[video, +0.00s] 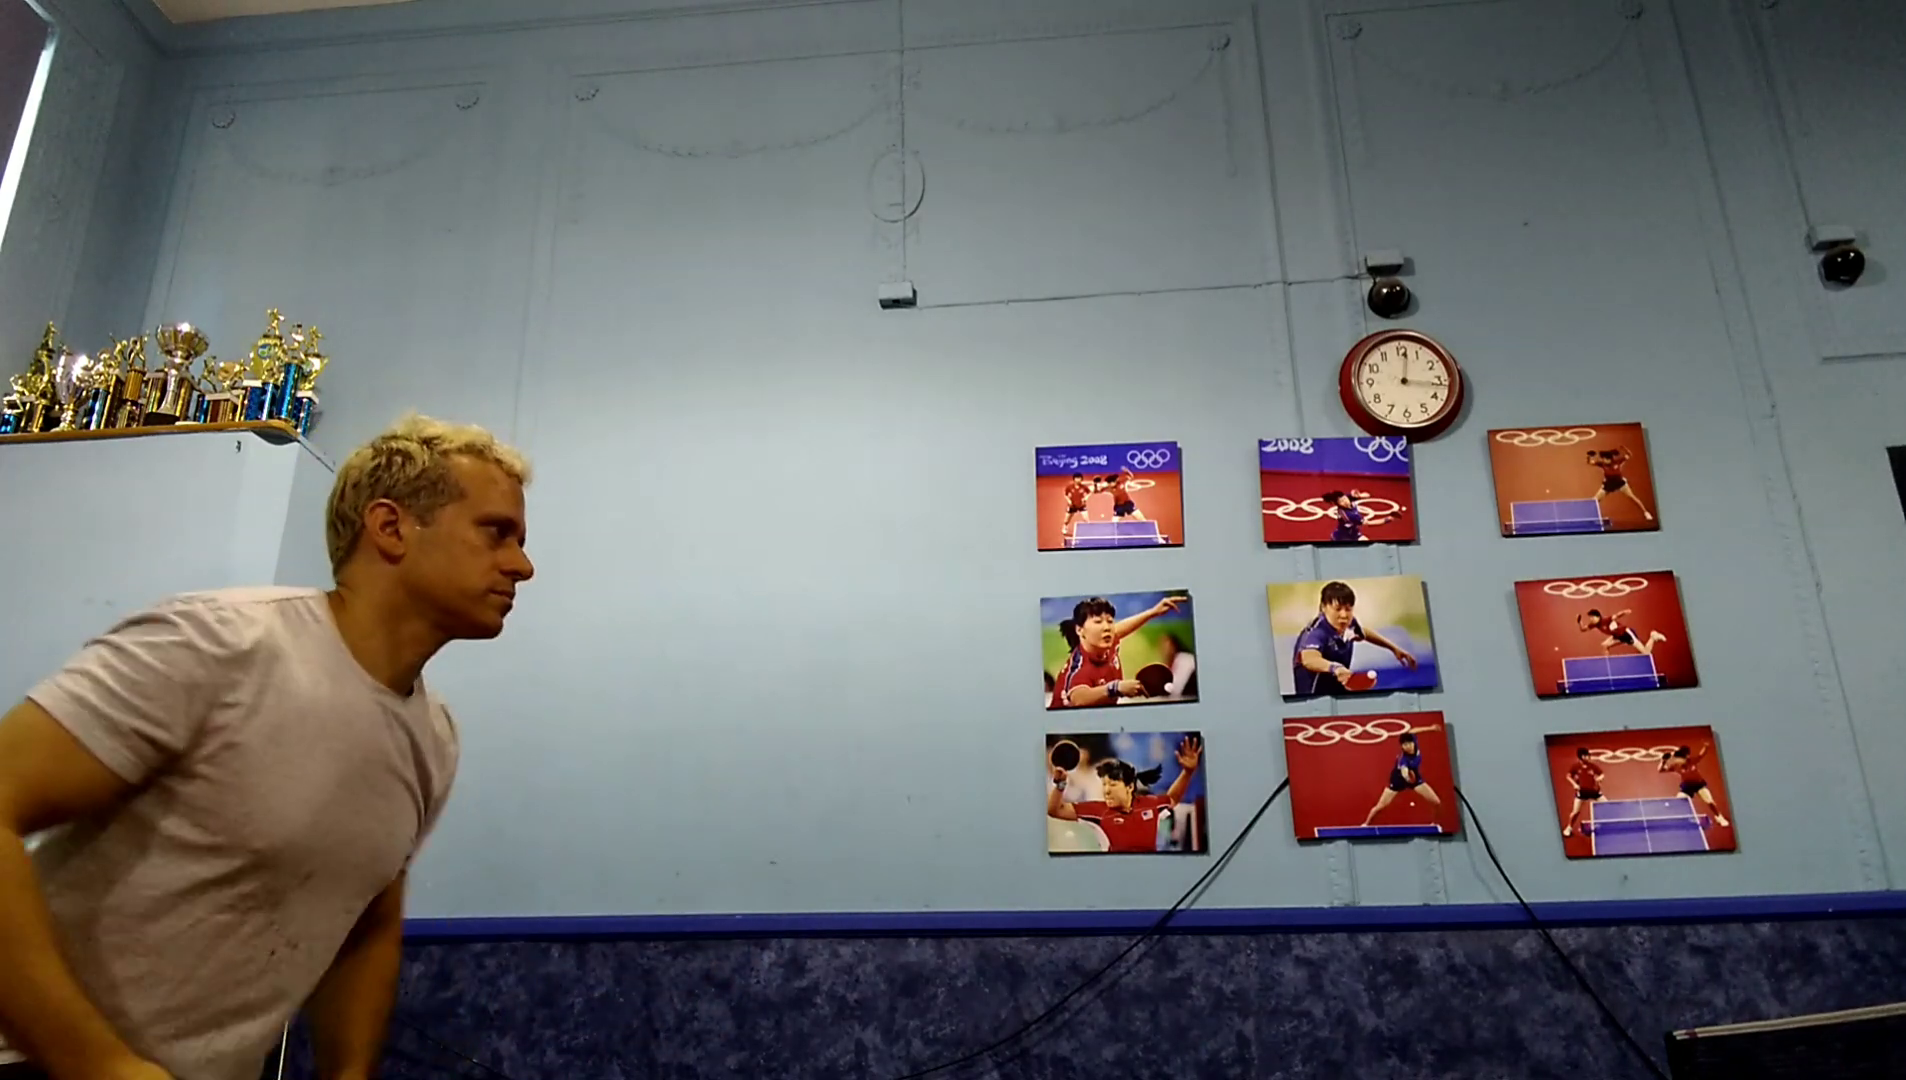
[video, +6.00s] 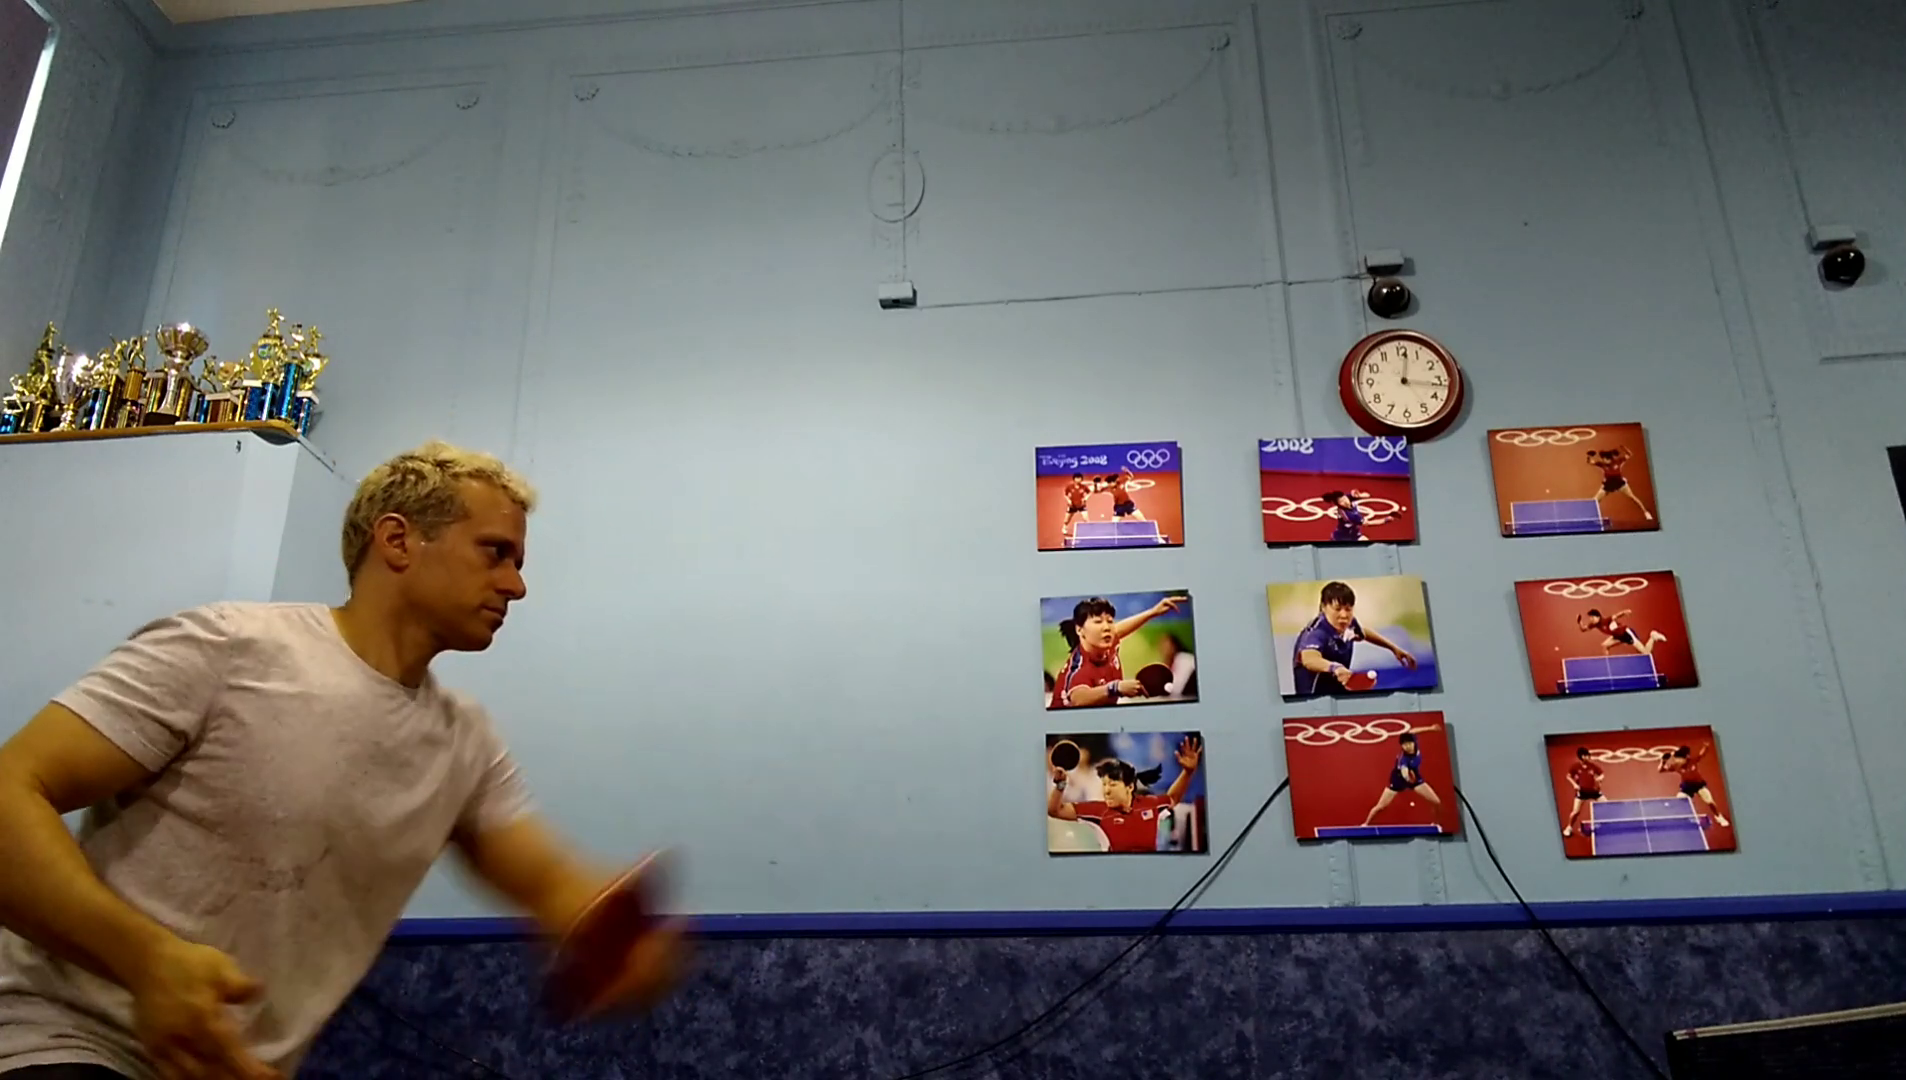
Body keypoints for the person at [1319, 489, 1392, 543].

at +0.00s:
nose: (1345, 502)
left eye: (1344, 499)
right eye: (1341, 502)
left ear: (1347, 497)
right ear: (1338, 505)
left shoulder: (1349, 499)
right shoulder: (1350, 515)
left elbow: (1368, 495)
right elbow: (1367, 523)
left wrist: (1360, 495)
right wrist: (1384, 520)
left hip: (1355, 535)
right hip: (1342, 538)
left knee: (1370, 547)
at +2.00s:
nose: (1344, 502)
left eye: (1343, 499)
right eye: (1340, 502)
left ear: (1346, 497)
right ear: (1338, 505)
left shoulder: (1350, 500)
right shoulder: (1349, 515)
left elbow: (1367, 496)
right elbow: (1367, 523)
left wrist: (1360, 495)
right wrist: (1385, 520)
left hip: (1355, 535)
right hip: (1341, 537)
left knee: (1370, 547)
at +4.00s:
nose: (1344, 502)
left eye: (1344, 499)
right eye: (1341, 502)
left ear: (1346, 497)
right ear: (1339, 505)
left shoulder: (1348, 498)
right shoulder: (1350, 515)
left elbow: (1367, 496)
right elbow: (1367, 523)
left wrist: (1360, 495)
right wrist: (1385, 520)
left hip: (1356, 536)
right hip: (1341, 538)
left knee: (1371, 548)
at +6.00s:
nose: (1345, 502)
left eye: (1344, 499)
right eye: (1341, 502)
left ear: (1346, 497)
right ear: (1339, 505)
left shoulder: (1348, 498)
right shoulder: (1350, 515)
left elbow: (1367, 496)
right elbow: (1366, 523)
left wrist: (1360, 495)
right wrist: (1384, 520)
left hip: (1355, 535)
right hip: (1341, 538)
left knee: (1371, 547)